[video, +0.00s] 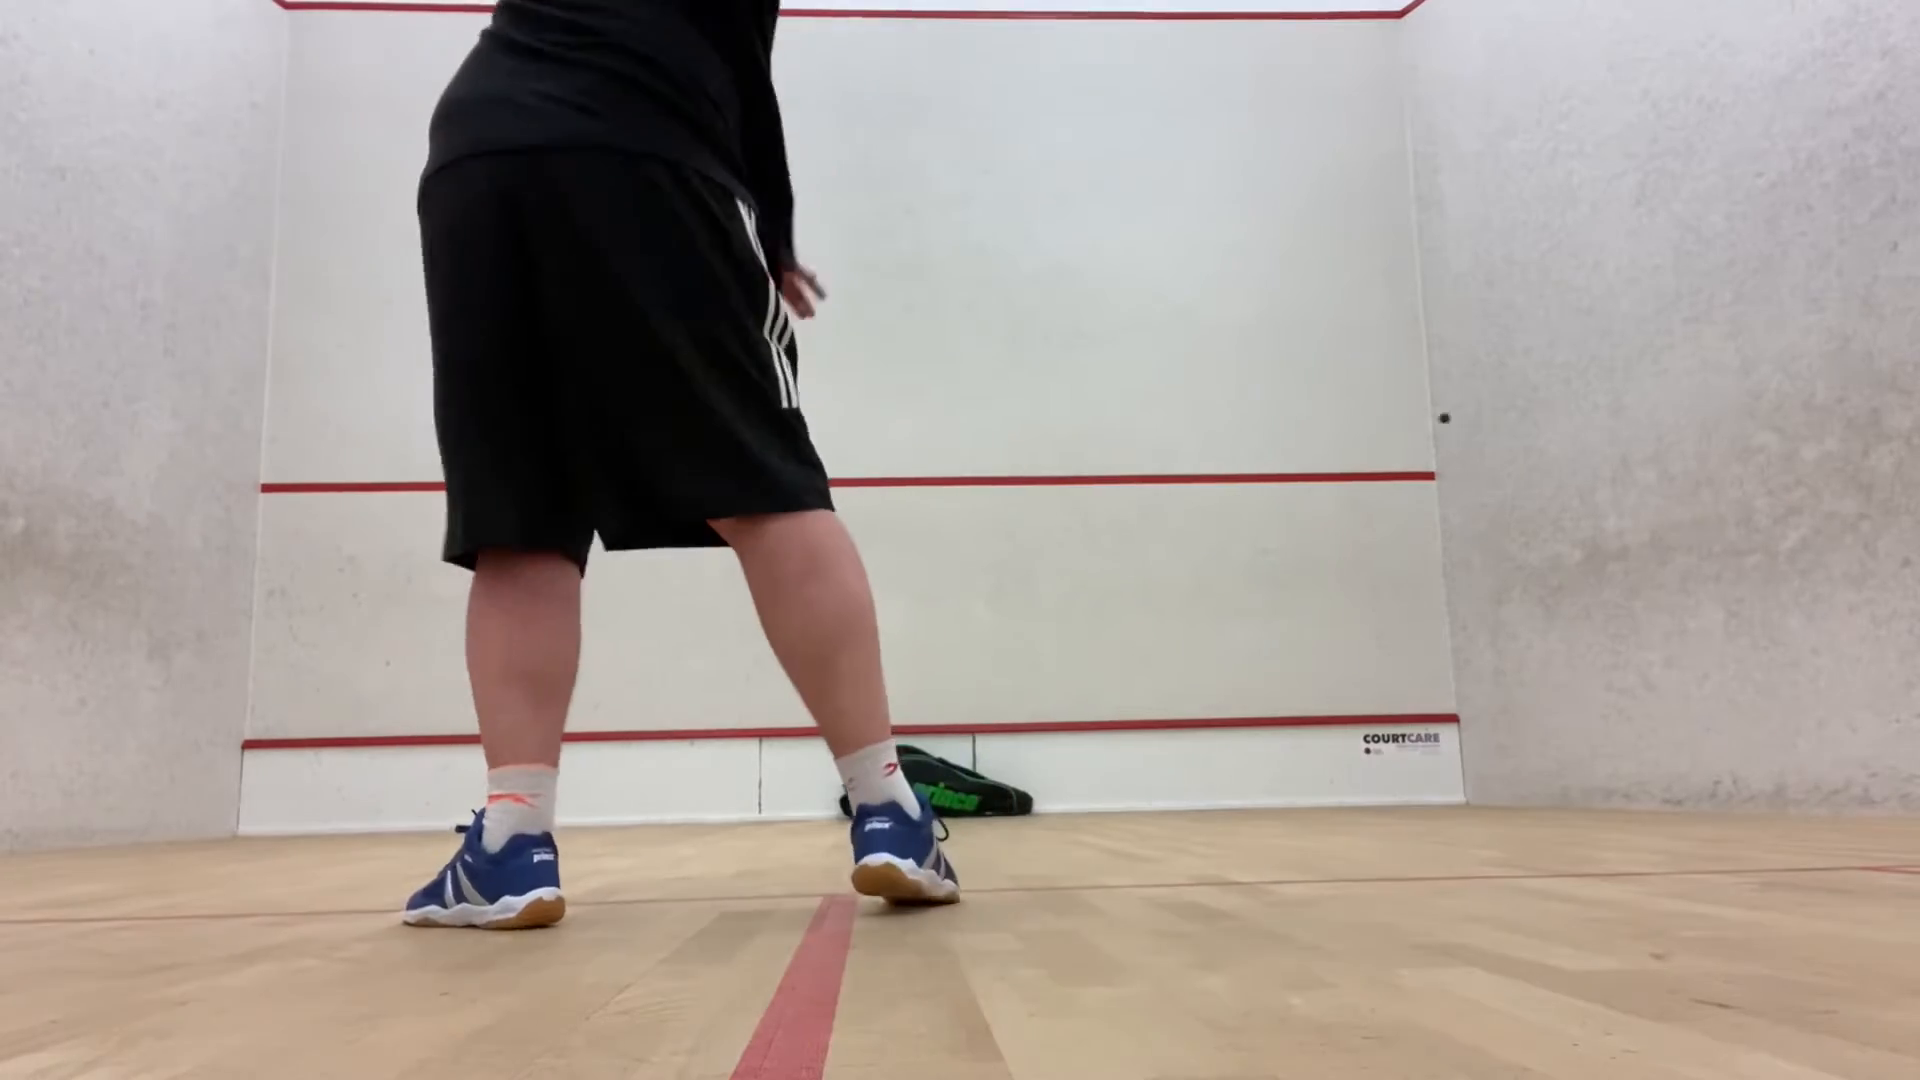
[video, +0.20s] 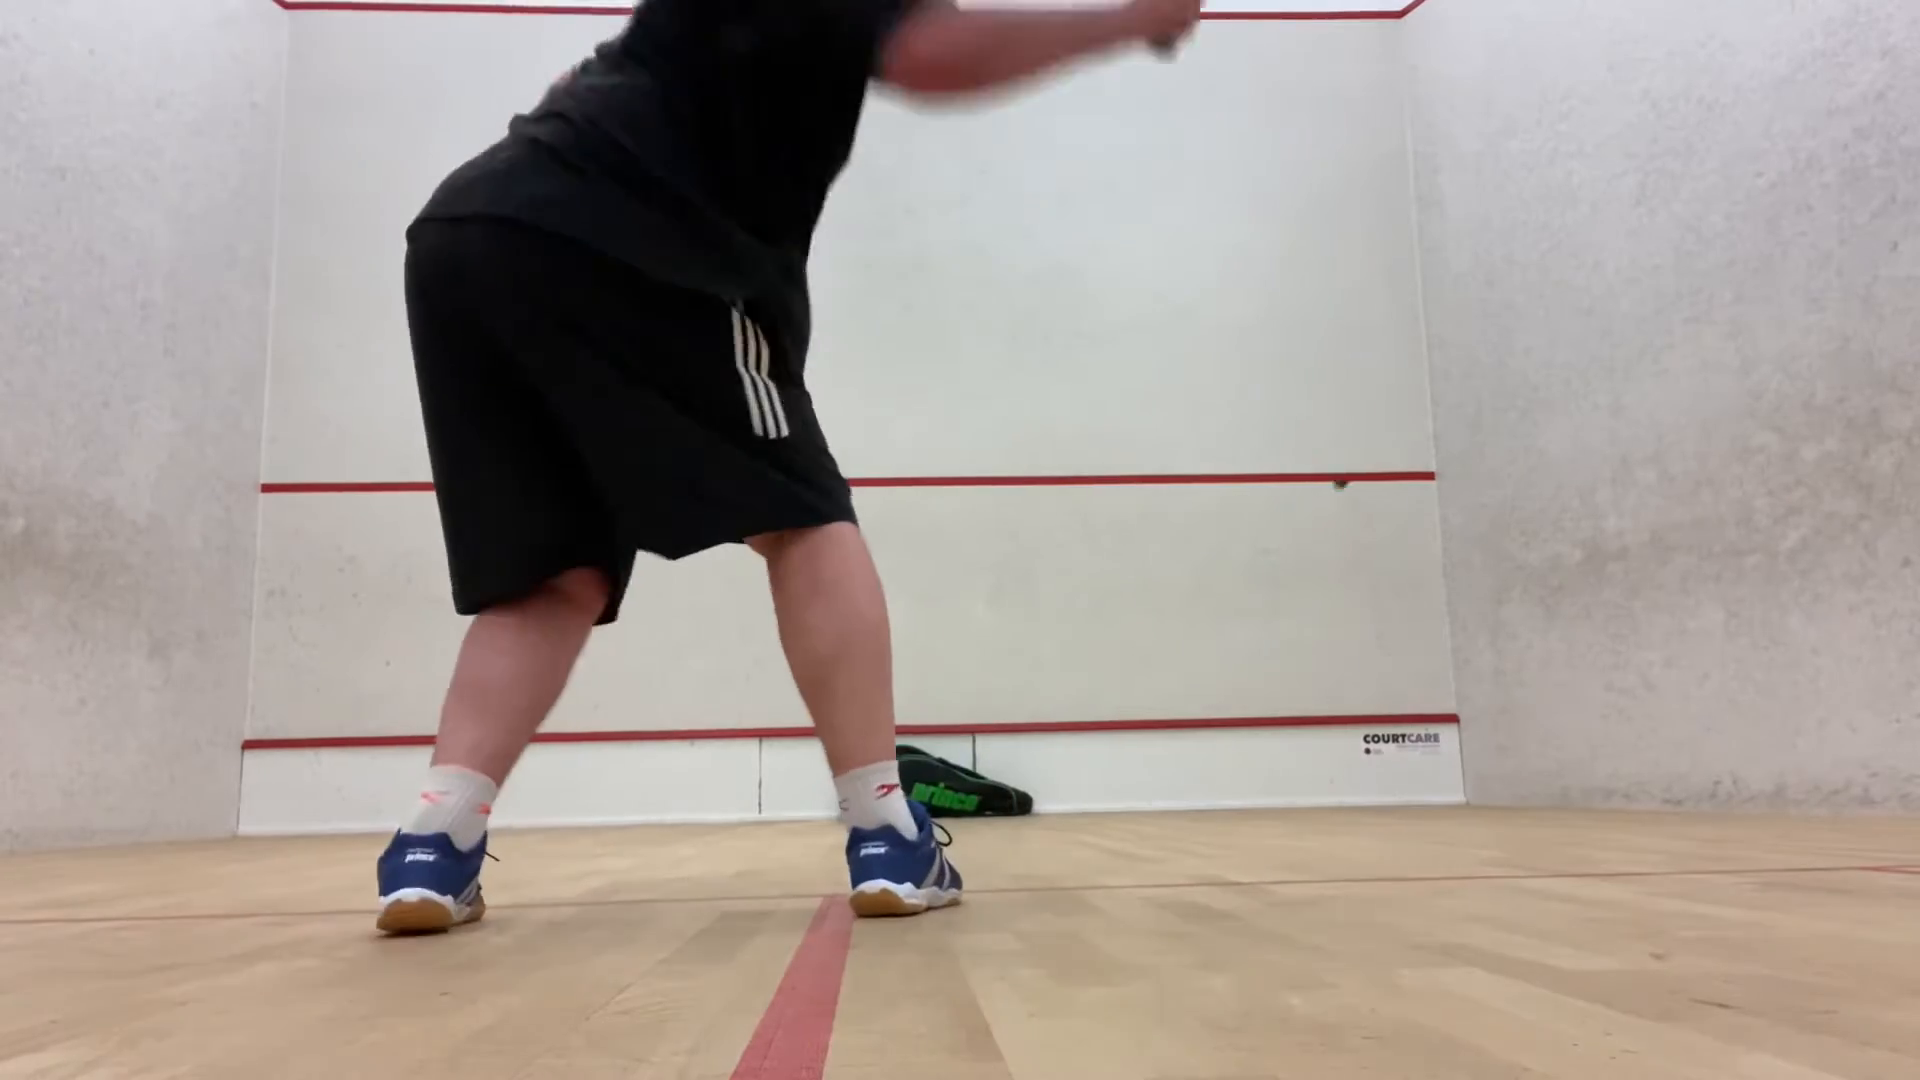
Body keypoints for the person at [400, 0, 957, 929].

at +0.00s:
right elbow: (739, 59)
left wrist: (774, 238)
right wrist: (778, 235)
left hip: (476, 167)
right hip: (649, 166)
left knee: (520, 524)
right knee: (771, 497)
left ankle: (513, 839)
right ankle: (883, 811)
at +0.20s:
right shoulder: (837, 1)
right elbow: (927, 54)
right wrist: (1128, 20)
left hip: (472, 234)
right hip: (655, 249)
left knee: (557, 569)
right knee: (808, 528)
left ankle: (435, 838)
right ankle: (884, 834)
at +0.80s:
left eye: (865, 22)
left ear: (841, 25)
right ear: (908, 82)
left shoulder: (765, 17)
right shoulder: (913, 145)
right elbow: (917, 335)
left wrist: (568, 9)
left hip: (665, 197)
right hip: (834, 249)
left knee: (594, 496)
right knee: (839, 546)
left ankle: (532, 765)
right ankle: (889, 804)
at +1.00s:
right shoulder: (825, 19)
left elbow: (615, 6)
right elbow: (686, 138)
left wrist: (440, 49)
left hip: (708, 257)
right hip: (868, 273)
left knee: (638, 544)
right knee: (815, 555)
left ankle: (568, 816)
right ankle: (873, 800)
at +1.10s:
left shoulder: (649, 9)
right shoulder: (784, 19)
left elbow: (575, 105)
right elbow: (593, 153)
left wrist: (460, 182)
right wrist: (587, 26)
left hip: (700, 313)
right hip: (852, 310)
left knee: (642, 562)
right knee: (817, 570)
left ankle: (593, 827)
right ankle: (888, 796)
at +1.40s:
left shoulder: (554, 42)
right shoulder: (757, 38)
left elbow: (519, 220)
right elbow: (895, 160)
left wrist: (602, 324)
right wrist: (996, 207)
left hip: (631, 347)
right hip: (782, 324)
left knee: (650, 566)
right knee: (848, 529)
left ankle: (599, 828)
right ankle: (950, 706)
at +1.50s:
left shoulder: (581, 41)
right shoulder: (796, 16)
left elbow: (555, 232)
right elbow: (960, 41)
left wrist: (645, 310)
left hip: (625, 344)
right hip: (778, 322)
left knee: (640, 581)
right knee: (883, 533)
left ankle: (597, 827)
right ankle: (965, 740)